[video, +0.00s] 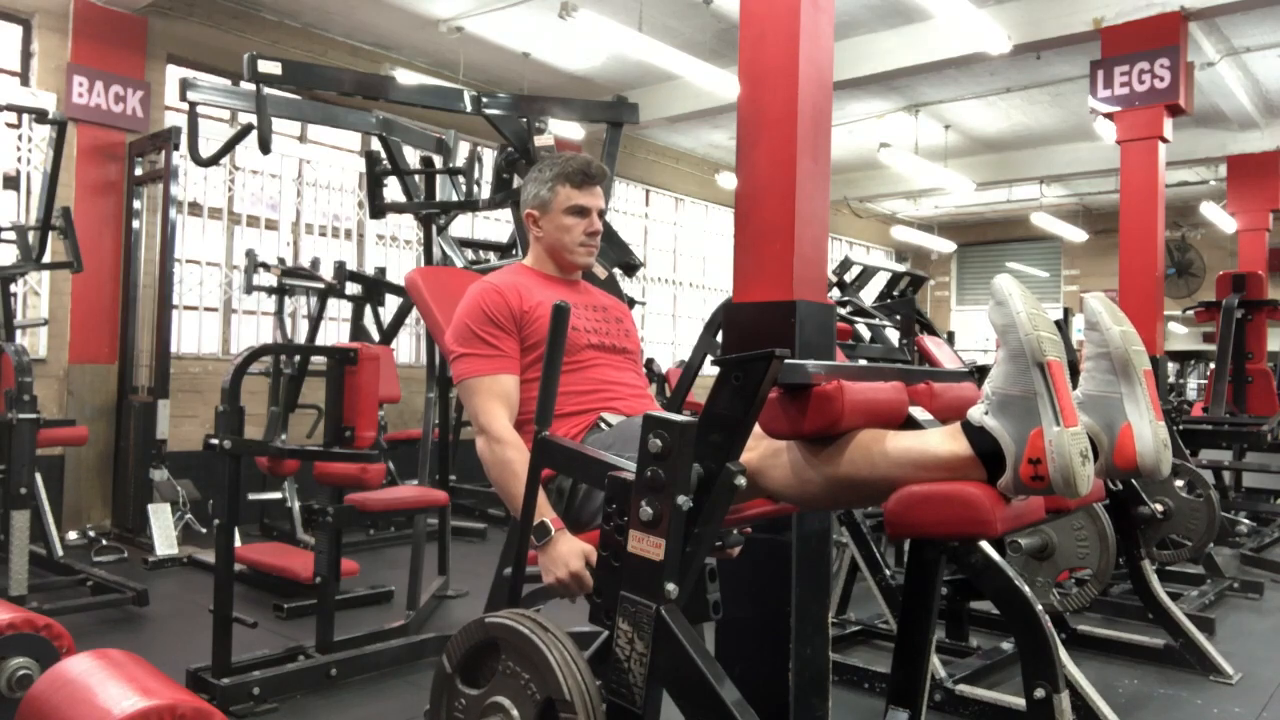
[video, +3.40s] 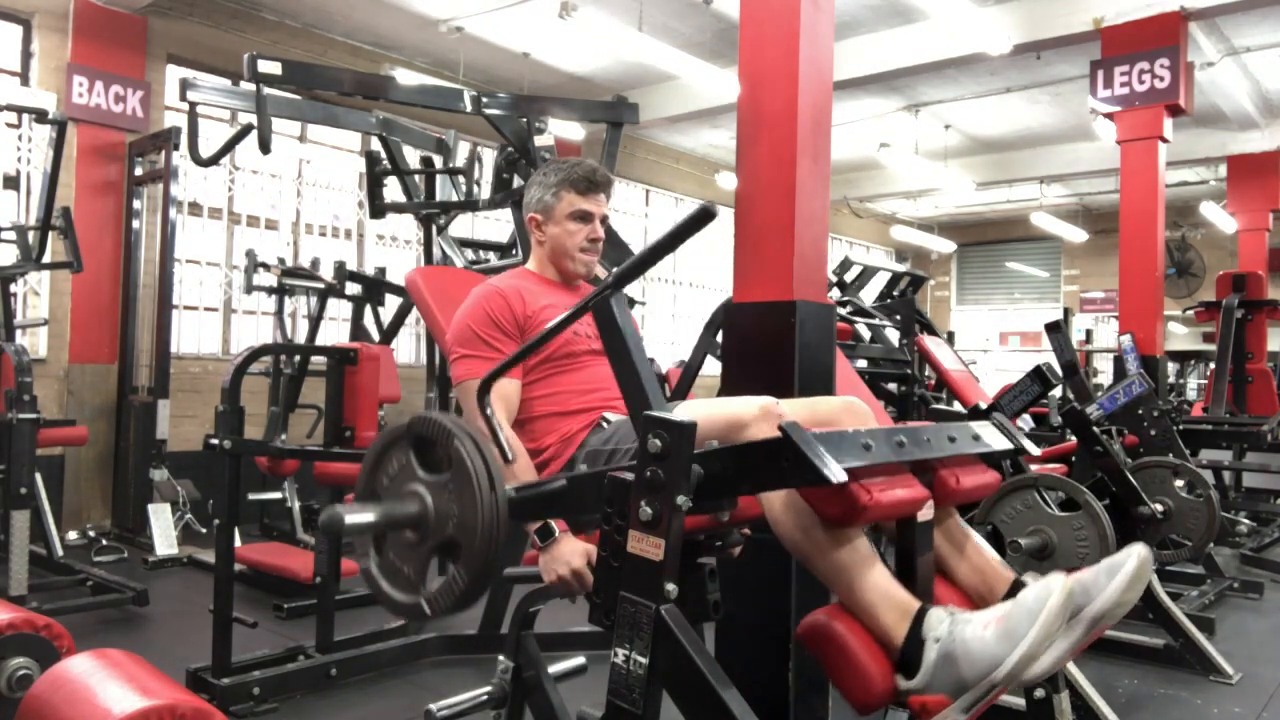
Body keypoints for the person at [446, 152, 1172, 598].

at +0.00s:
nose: (591, 228)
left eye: (597, 216)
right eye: (576, 214)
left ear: (598, 222)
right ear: (530, 216)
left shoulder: (610, 306)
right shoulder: (496, 295)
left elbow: (649, 399)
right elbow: (491, 428)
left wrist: (715, 428)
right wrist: (548, 531)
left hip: (663, 444)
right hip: (586, 465)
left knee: (828, 447)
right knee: (773, 457)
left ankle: (1075, 442)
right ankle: (987, 443)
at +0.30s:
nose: (593, 234)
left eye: (598, 221)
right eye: (578, 219)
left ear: (598, 226)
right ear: (533, 219)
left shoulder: (608, 306)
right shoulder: (495, 298)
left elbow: (653, 398)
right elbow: (490, 429)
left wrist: (717, 421)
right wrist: (546, 533)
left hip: (656, 442)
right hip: (583, 465)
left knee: (817, 452)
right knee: (774, 455)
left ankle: (999, 501)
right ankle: (993, 504)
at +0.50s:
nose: (594, 234)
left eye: (601, 222)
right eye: (579, 219)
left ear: (603, 228)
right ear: (533, 221)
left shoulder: (609, 306)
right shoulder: (493, 300)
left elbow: (657, 401)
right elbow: (490, 433)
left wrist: (750, 410)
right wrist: (550, 533)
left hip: (656, 444)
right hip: (591, 463)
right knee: (783, 430)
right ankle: (954, 583)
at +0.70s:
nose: (593, 238)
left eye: (600, 225)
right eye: (578, 223)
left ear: (603, 225)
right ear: (532, 222)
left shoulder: (612, 301)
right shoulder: (494, 302)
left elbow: (659, 395)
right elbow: (493, 438)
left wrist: (732, 414)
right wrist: (552, 536)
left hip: (659, 439)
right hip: (581, 465)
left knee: (845, 417)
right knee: (768, 433)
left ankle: (983, 613)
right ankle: (884, 655)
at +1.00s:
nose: (600, 232)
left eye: (604, 220)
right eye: (586, 219)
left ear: (606, 228)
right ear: (539, 223)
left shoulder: (613, 304)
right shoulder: (508, 294)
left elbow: (650, 396)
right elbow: (490, 434)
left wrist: (717, 429)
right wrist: (550, 537)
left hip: (655, 445)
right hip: (586, 468)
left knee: (850, 421)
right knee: (757, 422)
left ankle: (901, 648)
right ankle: (793, 679)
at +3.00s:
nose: (597, 236)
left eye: (604, 225)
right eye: (583, 223)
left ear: (603, 230)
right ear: (538, 222)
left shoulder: (613, 305)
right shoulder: (496, 299)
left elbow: (657, 400)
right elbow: (486, 423)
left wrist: (732, 413)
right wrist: (552, 534)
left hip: (665, 437)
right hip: (587, 457)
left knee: (852, 416)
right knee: (762, 431)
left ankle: (960, 634)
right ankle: (862, 677)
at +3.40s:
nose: (593, 236)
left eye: (600, 223)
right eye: (579, 221)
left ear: (600, 225)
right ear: (534, 223)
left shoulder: (597, 300)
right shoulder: (495, 301)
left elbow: (635, 395)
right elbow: (494, 432)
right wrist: (556, 531)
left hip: (656, 437)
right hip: (589, 457)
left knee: (841, 415)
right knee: (778, 421)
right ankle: (925, 643)